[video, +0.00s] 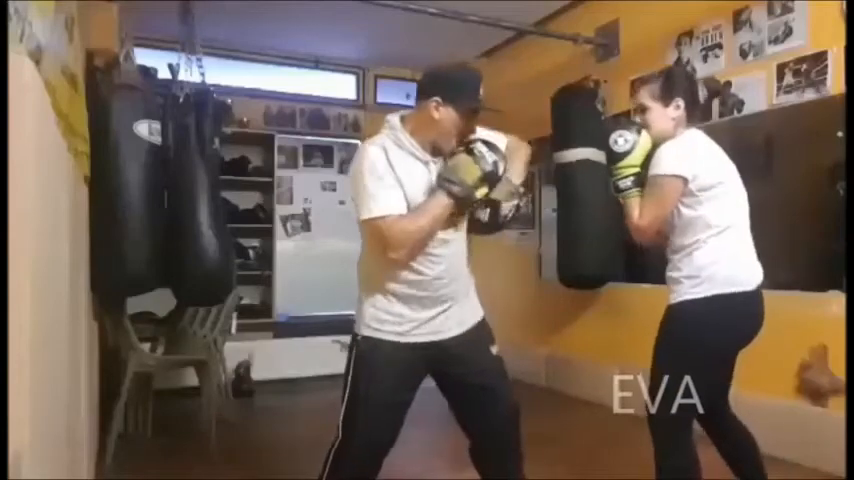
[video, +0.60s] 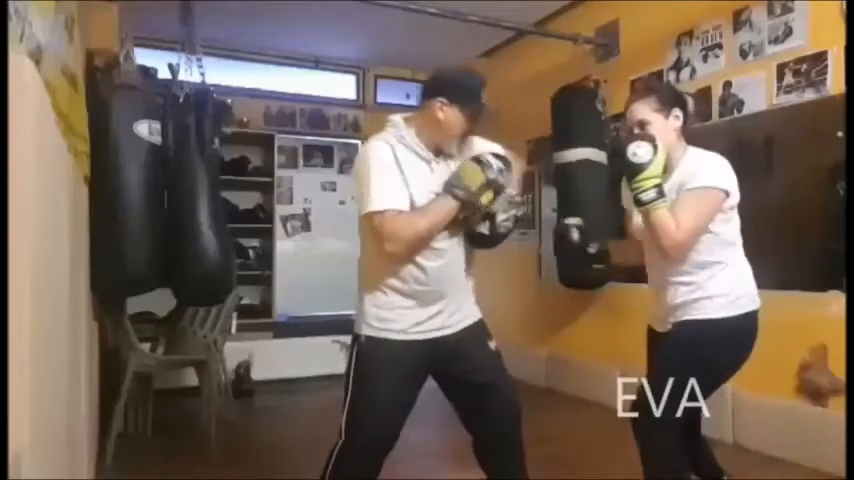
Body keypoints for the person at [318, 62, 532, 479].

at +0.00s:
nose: (472, 129)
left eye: (474, 119)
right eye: (467, 116)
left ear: (439, 110)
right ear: (436, 109)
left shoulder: (459, 146)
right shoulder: (376, 156)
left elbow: (518, 148)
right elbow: (397, 246)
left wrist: (506, 189)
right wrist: (452, 191)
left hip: (459, 321)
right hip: (390, 331)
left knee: (499, 429)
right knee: (360, 452)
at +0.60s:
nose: (472, 127)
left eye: (475, 117)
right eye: (468, 115)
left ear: (442, 110)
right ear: (439, 108)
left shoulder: (461, 150)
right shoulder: (379, 152)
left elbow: (513, 163)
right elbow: (395, 242)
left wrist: (494, 208)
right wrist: (458, 195)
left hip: (458, 321)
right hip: (391, 329)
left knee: (501, 421)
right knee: (364, 448)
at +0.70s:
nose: (458, 120)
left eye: (460, 110)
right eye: (453, 107)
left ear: (430, 104)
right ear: (423, 101)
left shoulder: (443, 150)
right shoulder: (374, 152)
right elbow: (411, 231)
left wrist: (476, 205)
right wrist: (464, 187)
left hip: (451, 323)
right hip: (387, 331)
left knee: (495, 426)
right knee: (361, 449)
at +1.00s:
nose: (453, 108)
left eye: (453, 98)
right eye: (446, 96)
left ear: (417, 97)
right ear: (414, 94)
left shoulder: (438, 149)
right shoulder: (371, 149)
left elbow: (457, 209)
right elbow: (420, 214)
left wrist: (504, 183)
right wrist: (476, 165)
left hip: (449, 327)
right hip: (382, 333)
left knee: (488, 429)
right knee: (359, 450)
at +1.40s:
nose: (470, 111)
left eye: (470, 101)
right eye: (463, 98)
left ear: (434, 99)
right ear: (432, 95)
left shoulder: (436, 152)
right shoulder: (399, 140)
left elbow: (476, 218)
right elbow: (471, 202)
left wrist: (521, 185)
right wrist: (521, 155)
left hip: (454, 329)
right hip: (393, 334)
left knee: (493, 434)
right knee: (363, 457)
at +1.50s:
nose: (464, 107)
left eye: (464, 97)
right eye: (457, 95)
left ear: (428, 96)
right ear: (426, 93)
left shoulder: (438, 152)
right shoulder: (396, 137)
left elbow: (476, 216)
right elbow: (479, 182)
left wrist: (517, 181)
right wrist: (514, 134)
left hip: (453, 328)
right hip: (393, 330)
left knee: (493, 436)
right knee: (363, 456)